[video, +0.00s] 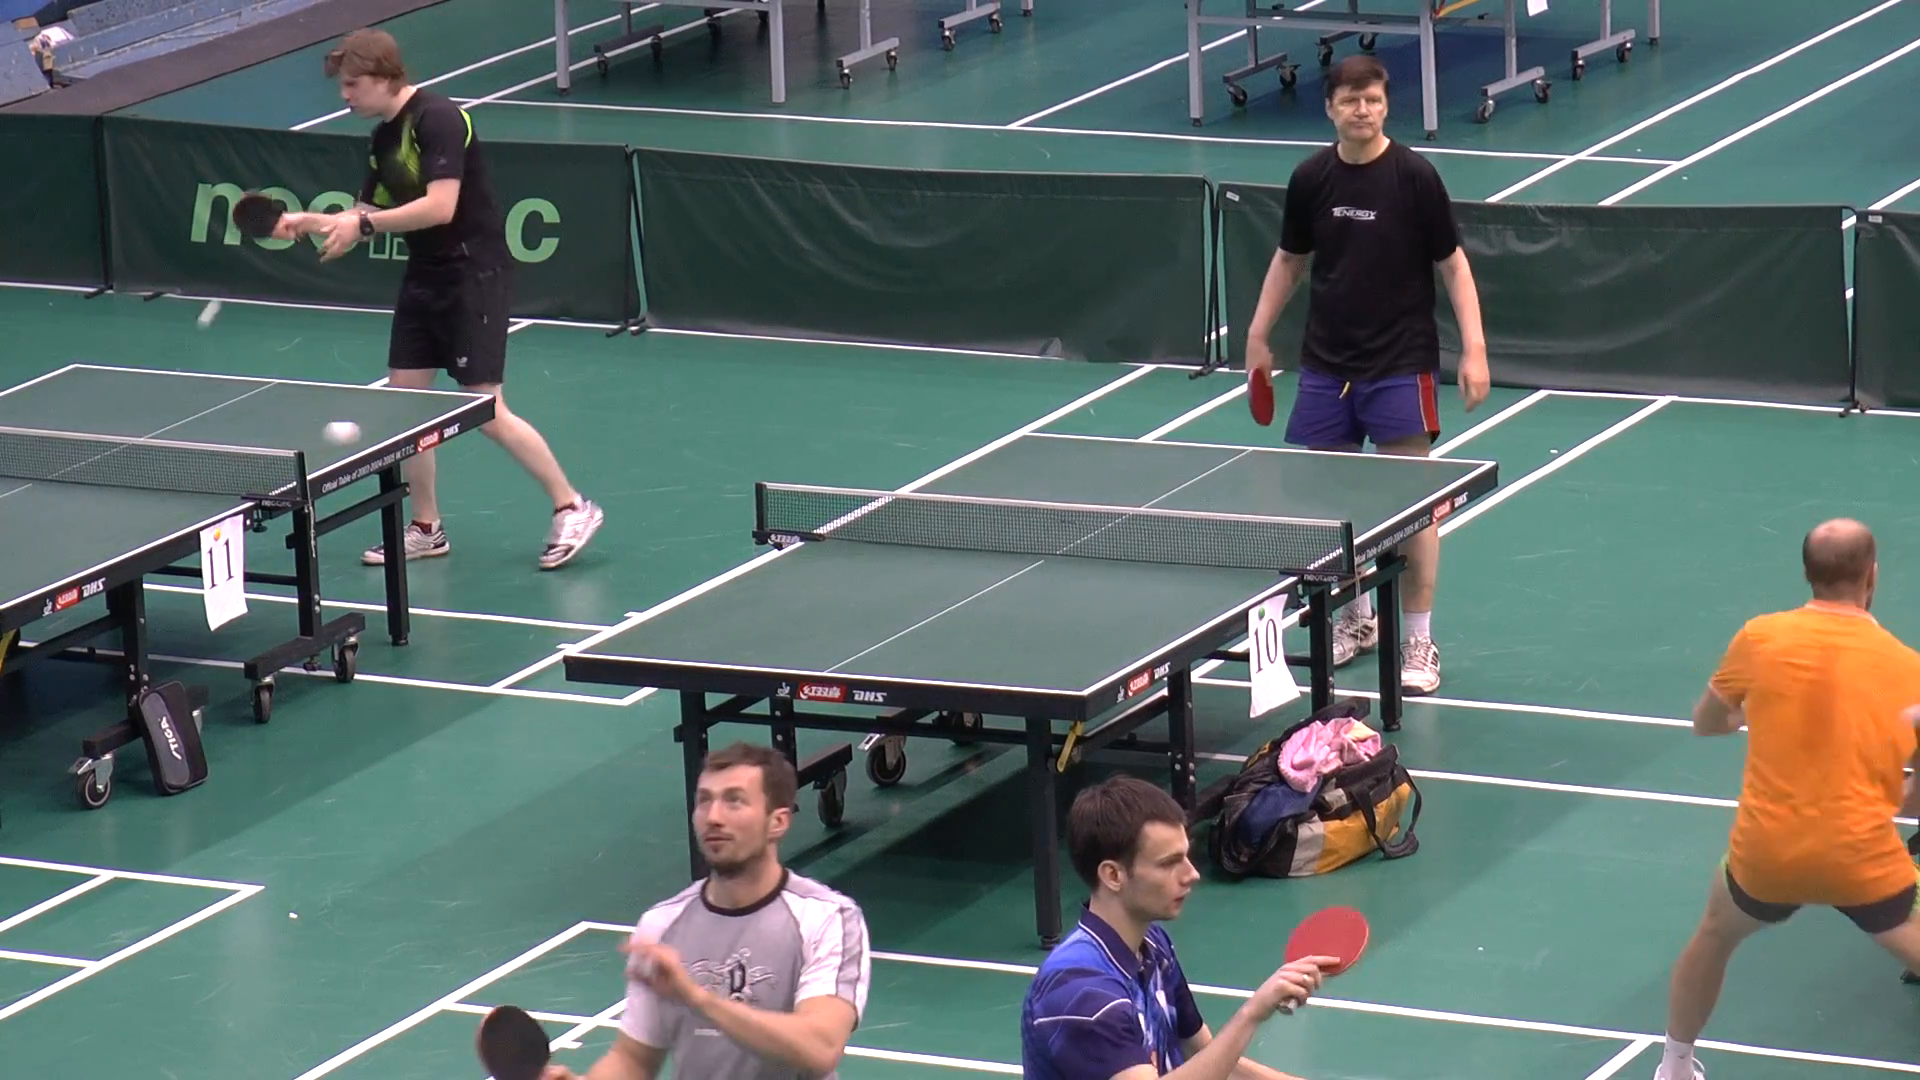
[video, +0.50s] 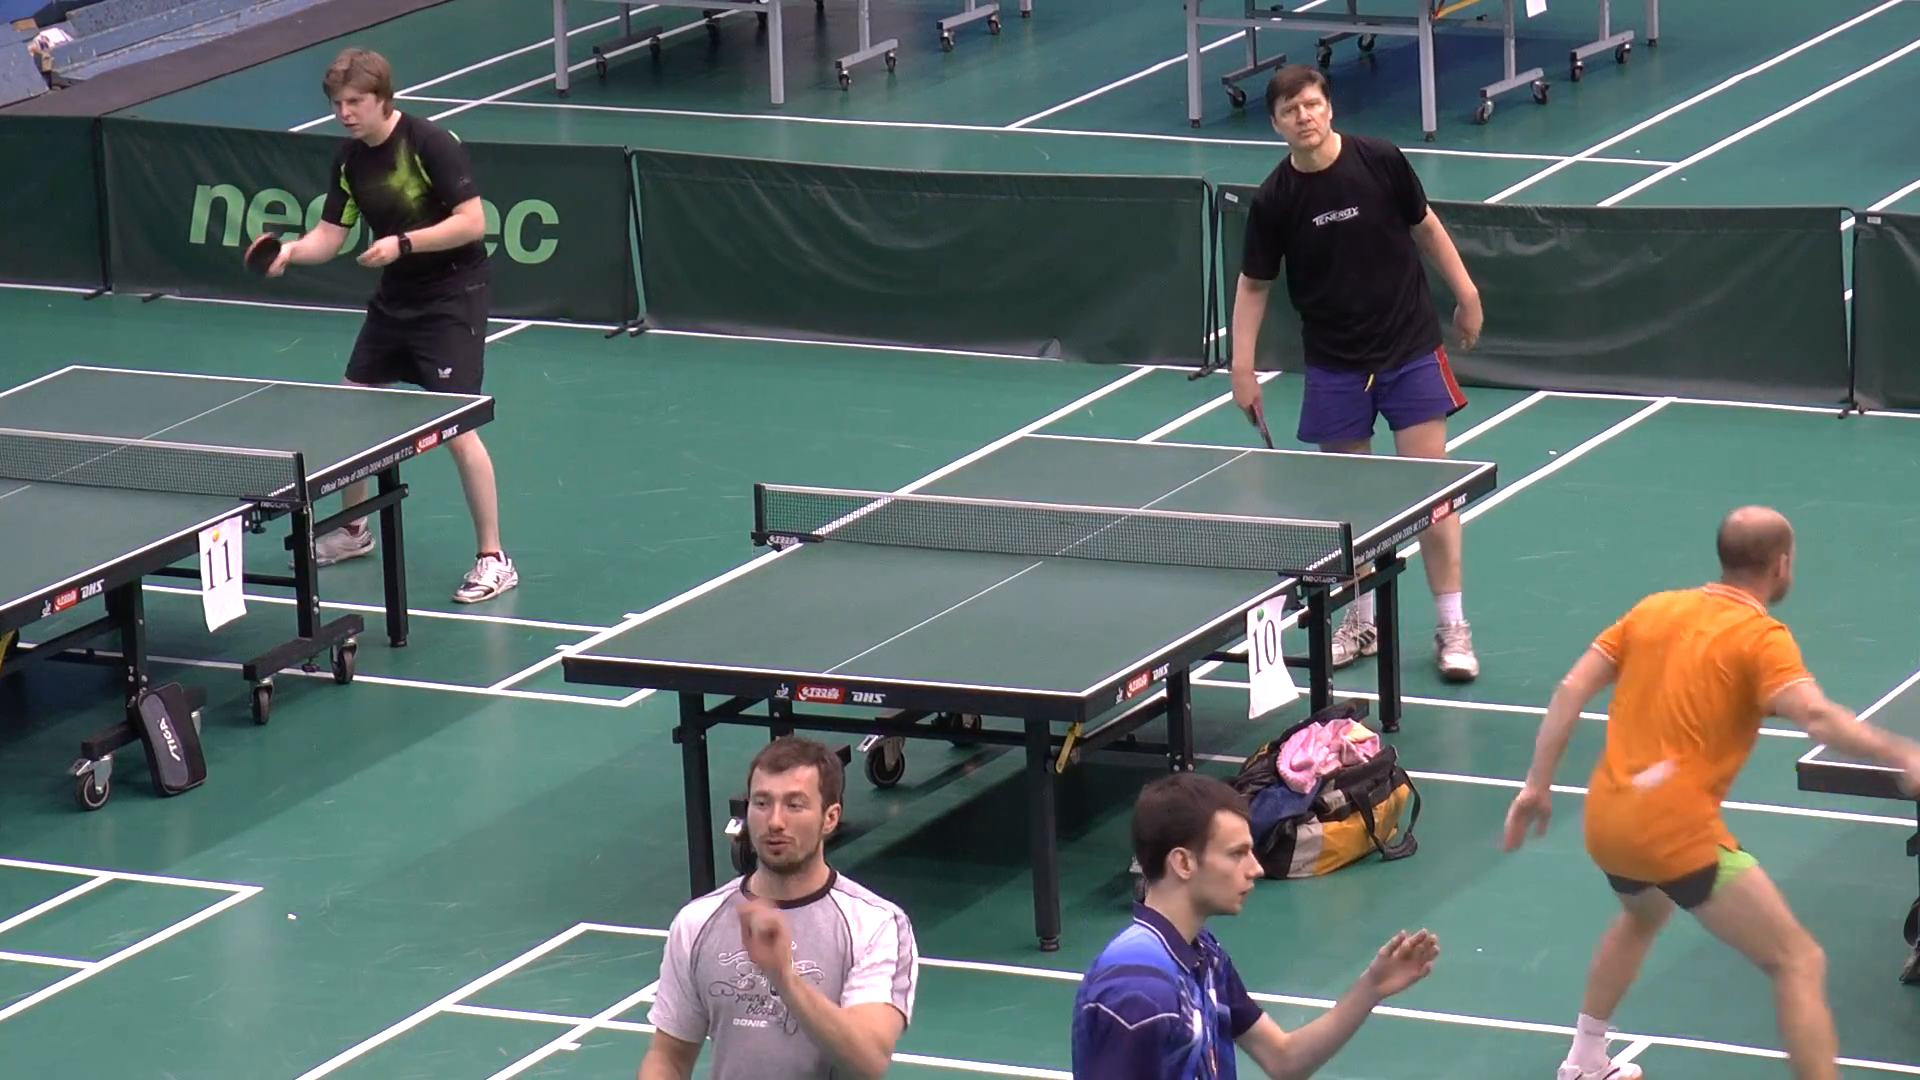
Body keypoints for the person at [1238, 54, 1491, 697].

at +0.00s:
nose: (1361, 108)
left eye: (1372, 98)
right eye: (1349, 99)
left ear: (1387, 104)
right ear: (1330, 107)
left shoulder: (1416, 176)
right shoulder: (1310, 177)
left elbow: (1454, 265)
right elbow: (1288, 259)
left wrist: (1474, 348)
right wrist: (1256, 332)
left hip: (1400, 365)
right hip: (1325, 366)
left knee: (1414, 501)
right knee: (1310, 492)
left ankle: (1418, 636)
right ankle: (1357, 610)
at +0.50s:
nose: (1304, 115)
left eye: (1312, 103)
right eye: (1291, 109)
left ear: (1330, 107)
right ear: (1277, 124)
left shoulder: (1382, 163)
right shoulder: (1274, 201)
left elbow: (1427, 227)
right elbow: (1253, 288)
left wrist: (1468, 294)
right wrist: (1242, 369)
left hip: (1411, 351)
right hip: (1333, 365)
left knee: (1431, 490)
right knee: (1342, 496)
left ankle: (1453, 625)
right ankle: (1360, 619)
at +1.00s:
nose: (1368, 98)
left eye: (1379, 89)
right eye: (1358, 90)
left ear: (1400, 96)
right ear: (1344, 100)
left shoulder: (1437, 156)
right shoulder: (1332, 176)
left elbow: (1482, 238)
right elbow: (1313, 262)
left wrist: (1463, 314)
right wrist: (1285, 341)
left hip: (1443, 351)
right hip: (1365, 355)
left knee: (1474, 478)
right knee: (1360, 488)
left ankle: (1498, 591)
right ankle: (1364, 616)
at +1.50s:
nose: (1438, 107)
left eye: (1451, 98)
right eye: (1431, 95)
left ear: (1474, 100)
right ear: (1419, 94)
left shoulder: (1500, 165)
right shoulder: (1399, 157)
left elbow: (1540, 249)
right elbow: (1382, 227)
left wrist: (1561, 334)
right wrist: (1349, 273)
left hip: (1480, 343)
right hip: (1405, 338)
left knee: (1490, 470)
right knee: (1381, 468)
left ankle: (1498, 593)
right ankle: (1368, 595)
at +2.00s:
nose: (1364, 99)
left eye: (1376, 91)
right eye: (1363, 89)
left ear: (1413, 93)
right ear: (1369, 91)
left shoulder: (1461, 150)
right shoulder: (1354, 157)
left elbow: (1492, 239)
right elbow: (1334, 237)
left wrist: (1493, 324)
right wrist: (1327, 281)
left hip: (1449, 339)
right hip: (1373, 340)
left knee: (1475, 468)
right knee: (1375, 476)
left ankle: (1495, 594)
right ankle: (1376, 596)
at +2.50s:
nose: (1356, 101)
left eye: (1367, 91)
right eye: (1347, 91)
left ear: (1393, 90)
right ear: (1337, 94)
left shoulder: (1434, 150)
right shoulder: (1328, 166)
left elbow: (1473, 235)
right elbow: (1313, 244)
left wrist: (1492, 318)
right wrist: (1306, 291)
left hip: (1434, 339)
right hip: (1357, 344)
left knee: (1465, 469)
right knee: (1367, 478)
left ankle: (1491, 597)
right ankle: (1374, 599)